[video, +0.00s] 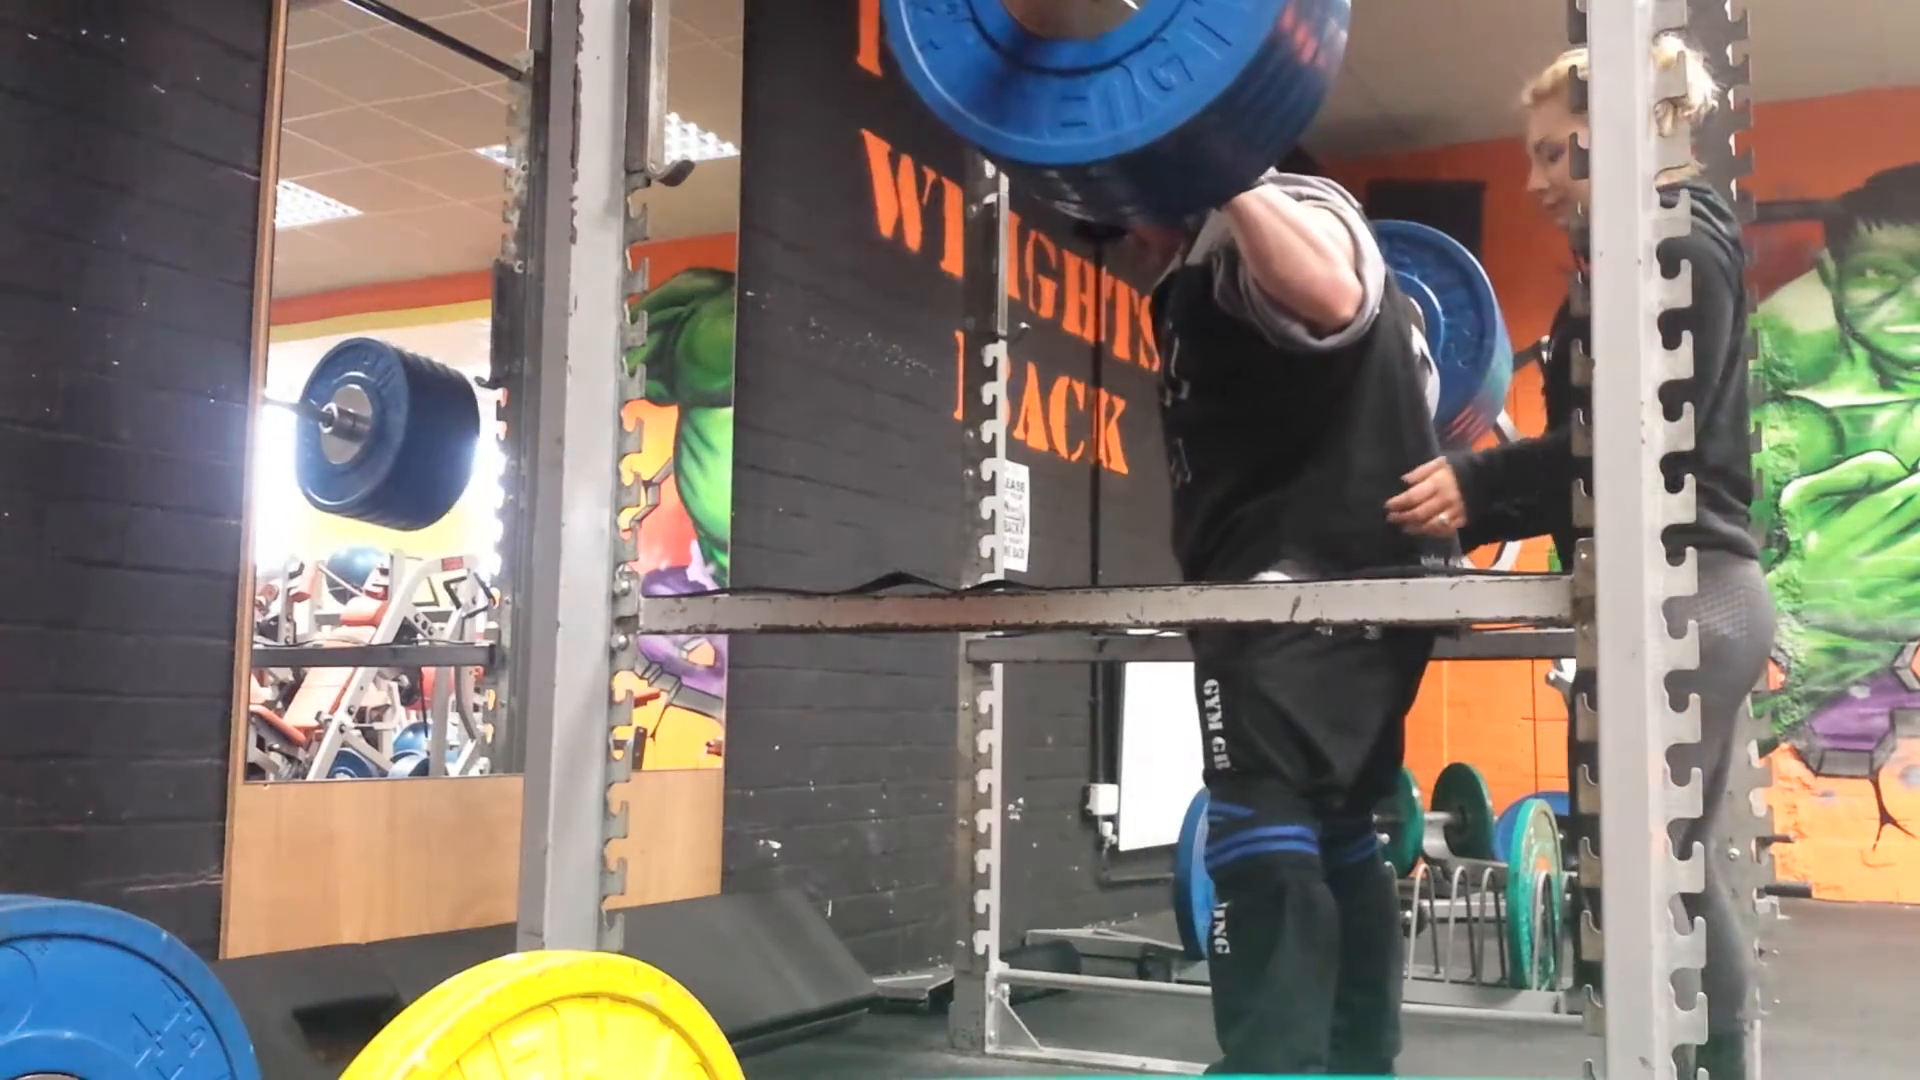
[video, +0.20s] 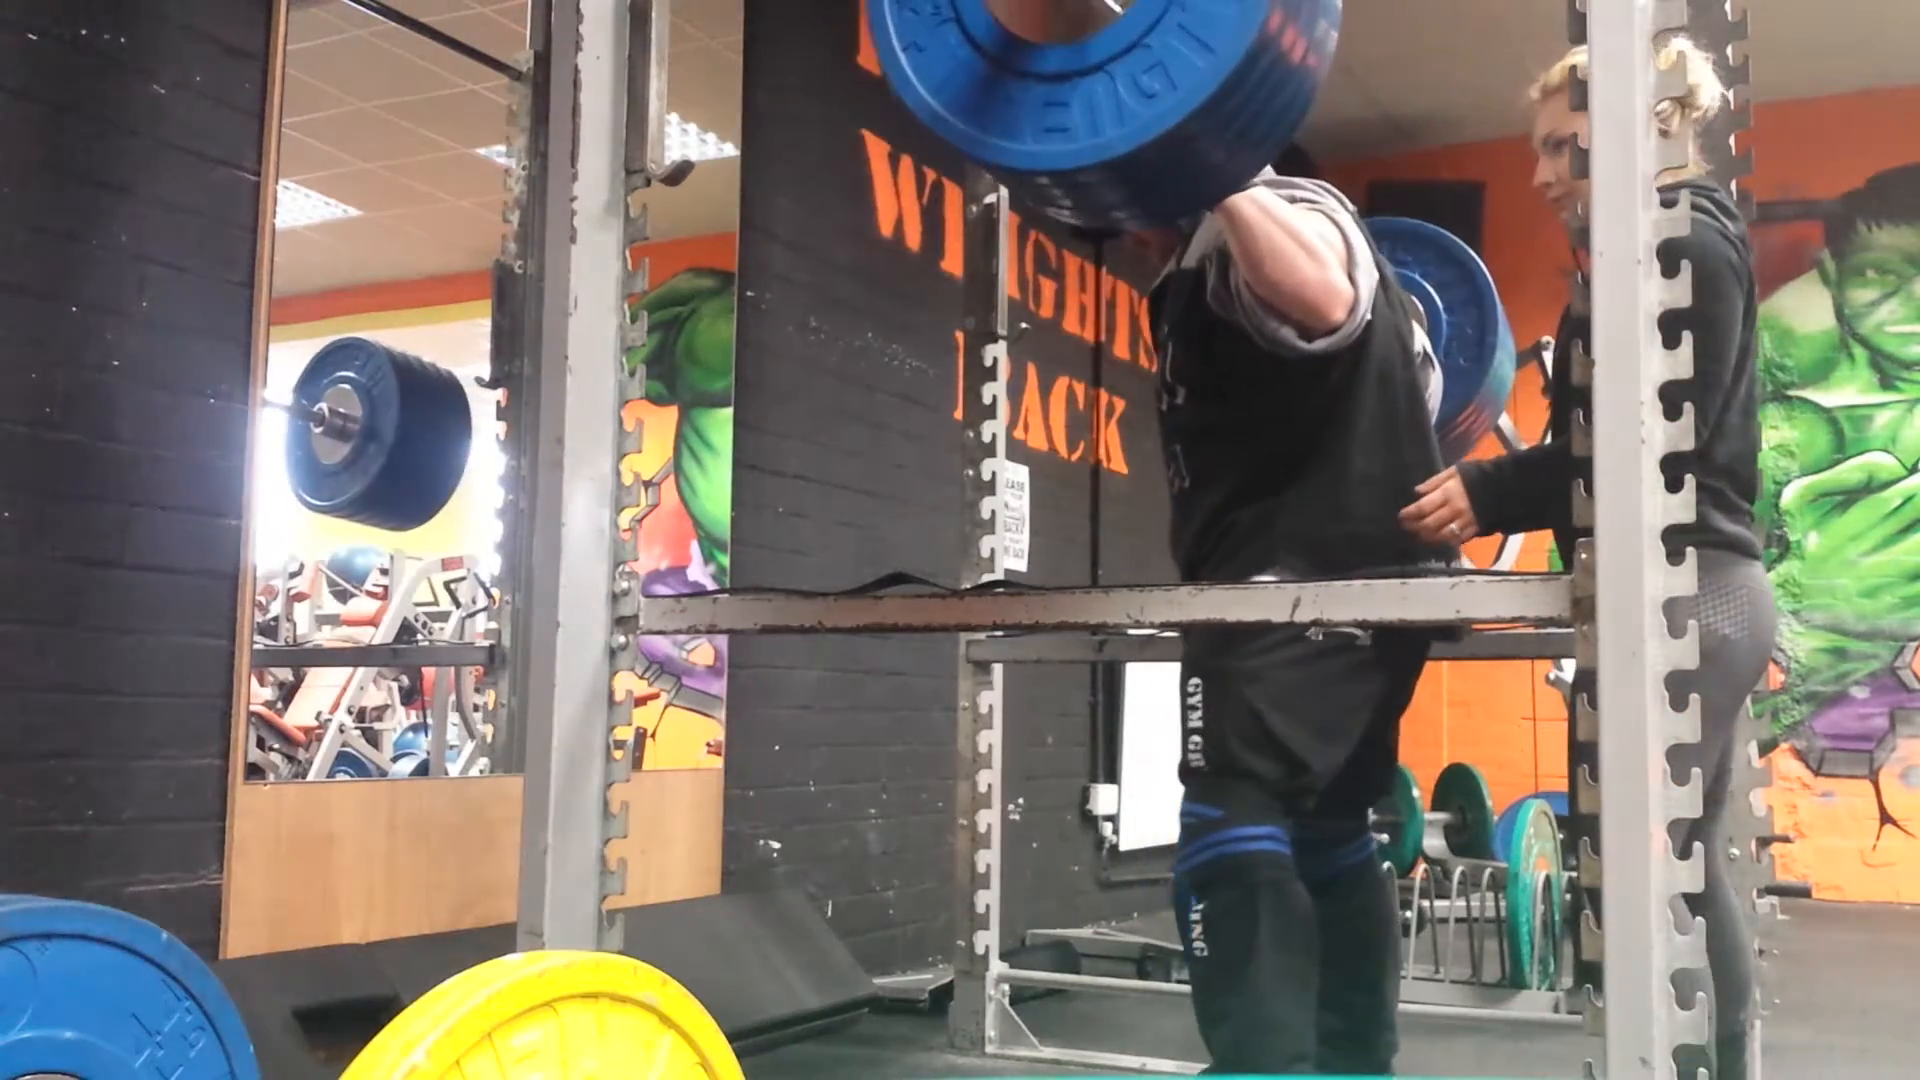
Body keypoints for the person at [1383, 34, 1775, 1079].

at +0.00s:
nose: (1536, 181)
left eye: (1556, 153)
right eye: (1532, 158)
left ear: (1620, 144)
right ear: (1580, 153)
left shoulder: (1665, 249)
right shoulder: (1652, 243)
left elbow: (1633, 439)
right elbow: (1603, 437)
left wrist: (1486, 489)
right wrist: (1485, 482)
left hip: (1679, 593)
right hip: (1678, 587)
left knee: (1652, 863)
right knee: (1686, 862)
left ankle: (1679, 1063)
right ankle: (1708, 1059)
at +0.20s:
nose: (1545, 176)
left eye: (1563, 147)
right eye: (1539, 151)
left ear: (1628, 134)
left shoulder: (1674, 239)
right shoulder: (1660, 236)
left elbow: (1651, 435)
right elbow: (1608, 433)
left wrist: (1499, 492)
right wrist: (1491, 488)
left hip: (1685, 587)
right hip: (1690, 581)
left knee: (1660, 853)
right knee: (1694, 853)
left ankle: (1688, 1061)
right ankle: (1718, 1058)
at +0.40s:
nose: (1539, 167)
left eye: (1557, 138)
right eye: (1535, 143)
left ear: (1628, 126)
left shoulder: (1667, 228)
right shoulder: (1658, 225)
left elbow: (1637, 428)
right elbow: (1605, 432)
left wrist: (1475, 486)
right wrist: (1479, 494)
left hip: (1678, 575)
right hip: (1677, 572)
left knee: (1635, 858)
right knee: (1645, 853)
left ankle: (1653, 1056)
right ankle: (1662, 1053)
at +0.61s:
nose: (1536, 178)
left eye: (1554, 150)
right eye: (1532, 153)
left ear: (1622, 139)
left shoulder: (1667, 239)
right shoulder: (1661, 247)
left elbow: (1627, 426)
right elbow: (1619, 475)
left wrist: (1464, 467)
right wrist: (1474, 519)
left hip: (1663, 578)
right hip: (1683, 574)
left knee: (1639, 855)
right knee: (1657, 853)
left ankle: (1659, 1060)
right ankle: (1676, 1057)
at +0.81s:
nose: (1535, 182)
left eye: (1553, 153)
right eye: (1528, 159)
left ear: (1618, 141)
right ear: (1540, 154)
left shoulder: (1669, 241)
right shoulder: (1637, 255)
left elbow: (1623, 427)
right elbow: (1607, 464)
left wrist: (1460, 466)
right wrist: (1471, 499)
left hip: (1682, 583)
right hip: (1663, 578)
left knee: (1646, 844)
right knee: (1647, 844)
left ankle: (1673, 1055)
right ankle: (1672, 1053)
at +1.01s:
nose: (1526, 176)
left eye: (1539, 150)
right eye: (1522, 154)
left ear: (1601, 139)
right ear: (1571, 149)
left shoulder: (1653, 234)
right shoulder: (1651, 244)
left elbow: (1601, 422)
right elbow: (1599, 468)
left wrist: (1422, 463)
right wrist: (1451, 502)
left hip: (1683, 584)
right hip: (1690, 584)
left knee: (1643, 853)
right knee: (1664, 854)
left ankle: (1668, 1061)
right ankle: (1685, 1058)